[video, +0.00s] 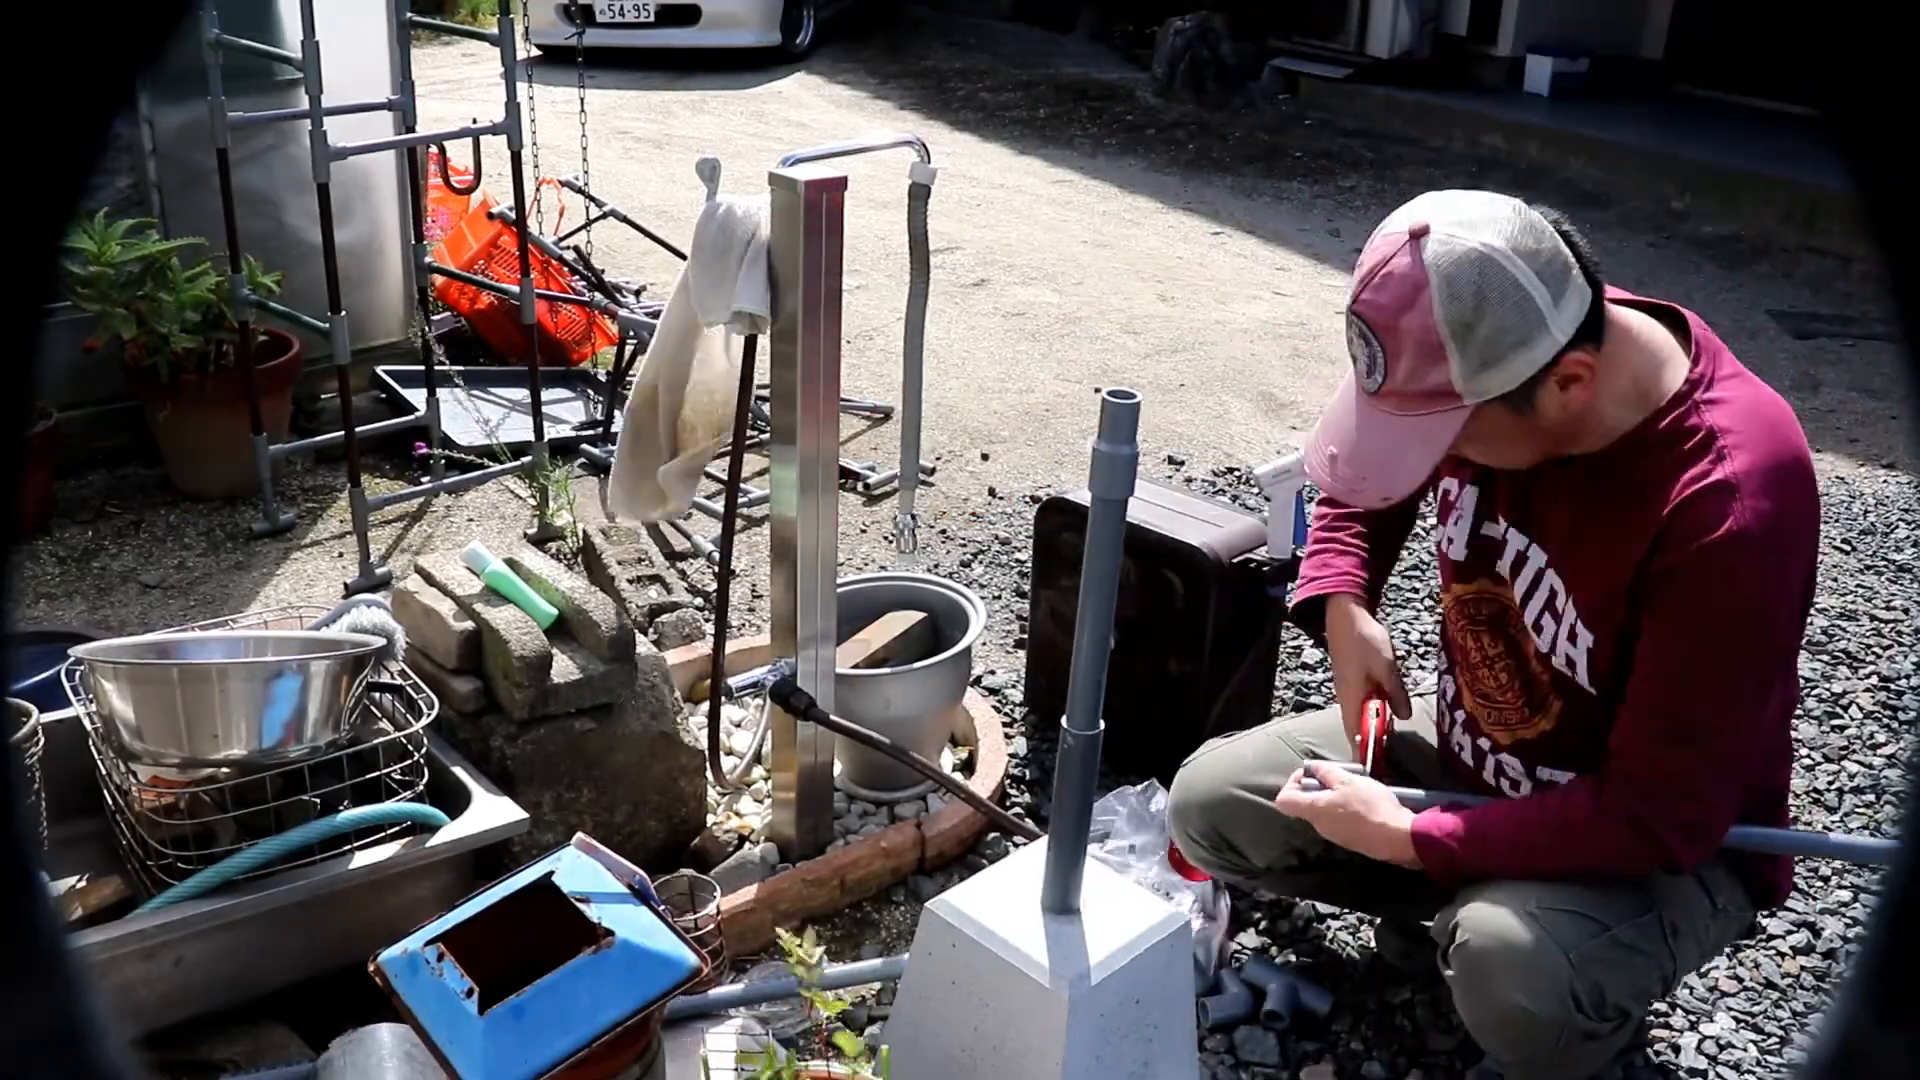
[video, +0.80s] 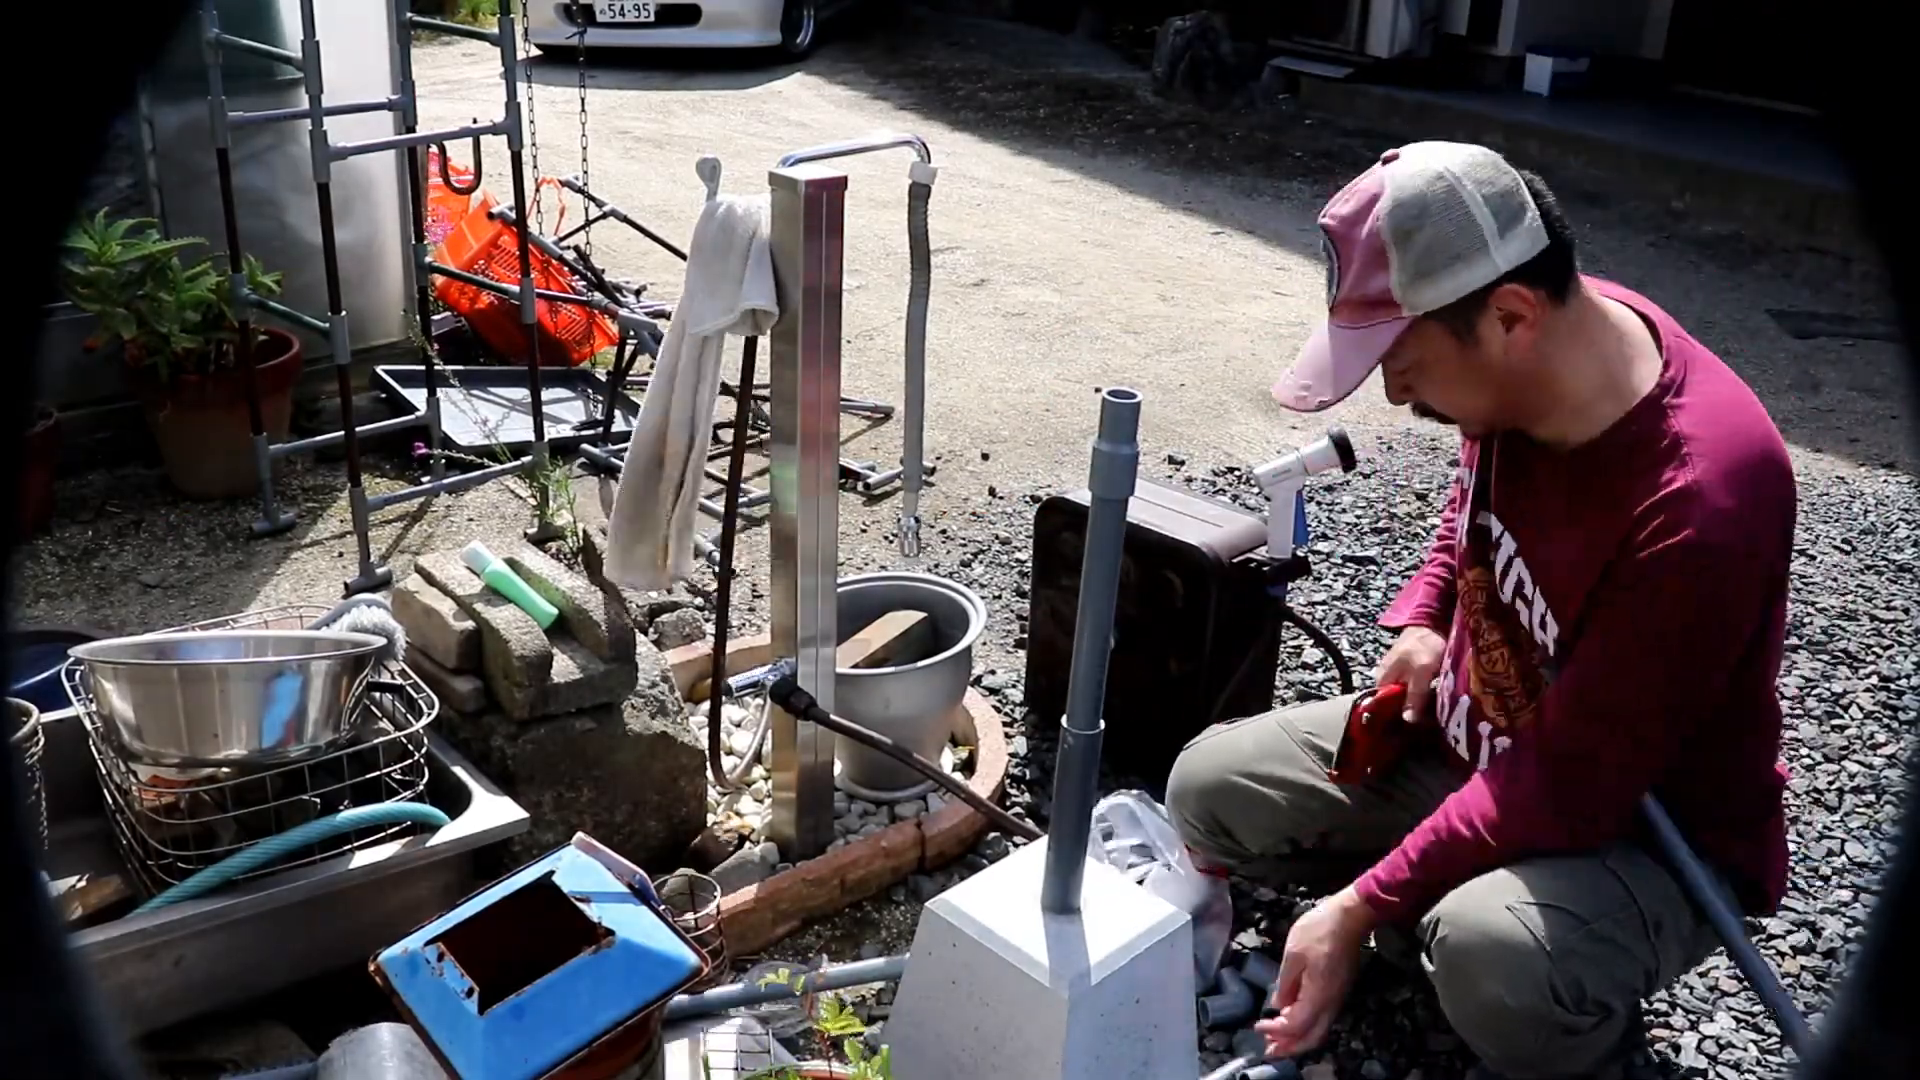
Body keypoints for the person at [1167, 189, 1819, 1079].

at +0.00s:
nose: (1441, 456)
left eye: (1460, 428)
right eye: (1422, 430)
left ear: (1571, 381)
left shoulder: (1738, 495)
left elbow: (1660, 818)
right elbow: (1372, 455)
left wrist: (1416, 835)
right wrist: (1343, 608)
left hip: (1673, 845)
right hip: (1479, 756)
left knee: (1501, 955)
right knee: (1210, 803)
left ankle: (1578, 1060)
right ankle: (1441, 919)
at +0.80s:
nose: (1396, 394)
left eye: (1406, 361)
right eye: (1387, 364)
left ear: (1512, 318)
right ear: (1511, 316)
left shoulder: (1702, 501)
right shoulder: (1541, 363)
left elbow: (1570, 779)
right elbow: (1467, 516)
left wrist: (1359, 908)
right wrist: (1422, 623)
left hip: (1655, 838)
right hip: (1484, 732)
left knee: (1485, 950)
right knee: (1211, 786)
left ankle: (1591, 1055)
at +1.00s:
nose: (1327, 359)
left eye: (1352, 322)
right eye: (1322, 326)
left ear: (1473, 302)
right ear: (1469, 305)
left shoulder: (1627, 444)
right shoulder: (1459, 393)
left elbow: (1450, 680)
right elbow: (1434, 584)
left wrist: (1230, 489)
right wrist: (1363, 701)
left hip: (1683, 856)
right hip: (1509, 773)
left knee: (1481, 928)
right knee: (1244, 749)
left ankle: (1572, 1053)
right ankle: (1447, 891)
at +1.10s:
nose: (1353, 326)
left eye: (1375, 283)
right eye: (1342, 290)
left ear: (1500, 261)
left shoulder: (1647, 391)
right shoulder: (1462, 393)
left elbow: (1483, 560)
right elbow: (1430, 583)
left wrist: (1269, 349)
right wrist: (1355, 698)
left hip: (1675, 851)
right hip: (1495, 762)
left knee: (1472, 930)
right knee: (1237, 753)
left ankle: (1573, 1049)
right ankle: (1463, 877)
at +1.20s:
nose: (1512, 236)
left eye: (1559, 219)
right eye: (1516, 201)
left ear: (1697, 262)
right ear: (1507, 176)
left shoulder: (1774, 435)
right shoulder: (1518, 321)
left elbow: (1483, 592)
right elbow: (1341, 445)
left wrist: (1184, 461)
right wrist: (1240, 396)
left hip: (1596, 869)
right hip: (1453, 749)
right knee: (1198, 808)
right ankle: (1430, 865)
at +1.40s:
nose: (1599, 182)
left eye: (1648, 163)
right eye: (1612, 145)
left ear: (1777, 228)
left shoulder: (1809, 452)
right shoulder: (1607, 311)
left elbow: (1502, 574)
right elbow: (1441, 446)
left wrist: (1191, 457)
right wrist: (1335, 359)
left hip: (1574, 873)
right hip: (1463, 739)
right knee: (1202, 827)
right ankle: (1443, 876)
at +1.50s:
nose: (1402, 310)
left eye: (1400, 271)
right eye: (1388, 279)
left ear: (1489, 233)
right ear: (1495, 236)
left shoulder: (1704, 382)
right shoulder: (1543, 343)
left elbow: (1487, 594)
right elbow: (1472, 559)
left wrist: (1198, 464)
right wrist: (1294, 614)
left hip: (1608, 867)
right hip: (1474, 755)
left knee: (1356, 1046)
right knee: (1234, 856)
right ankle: (1443, 879)